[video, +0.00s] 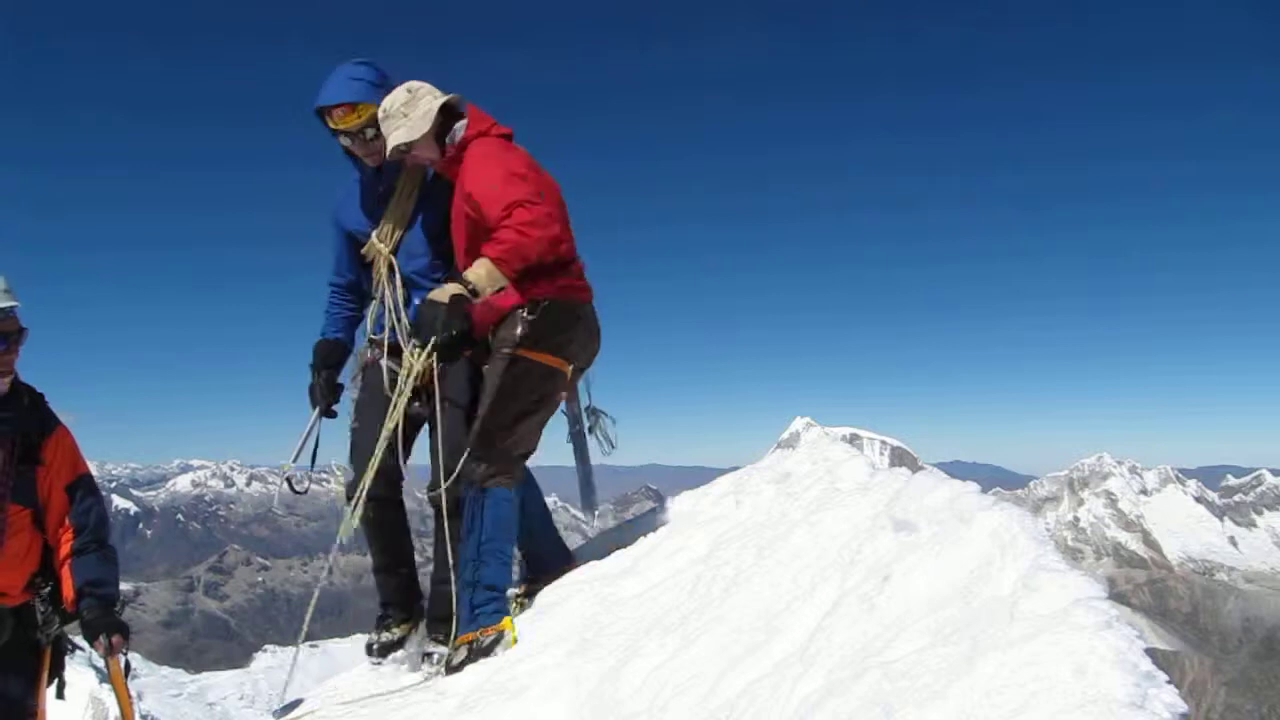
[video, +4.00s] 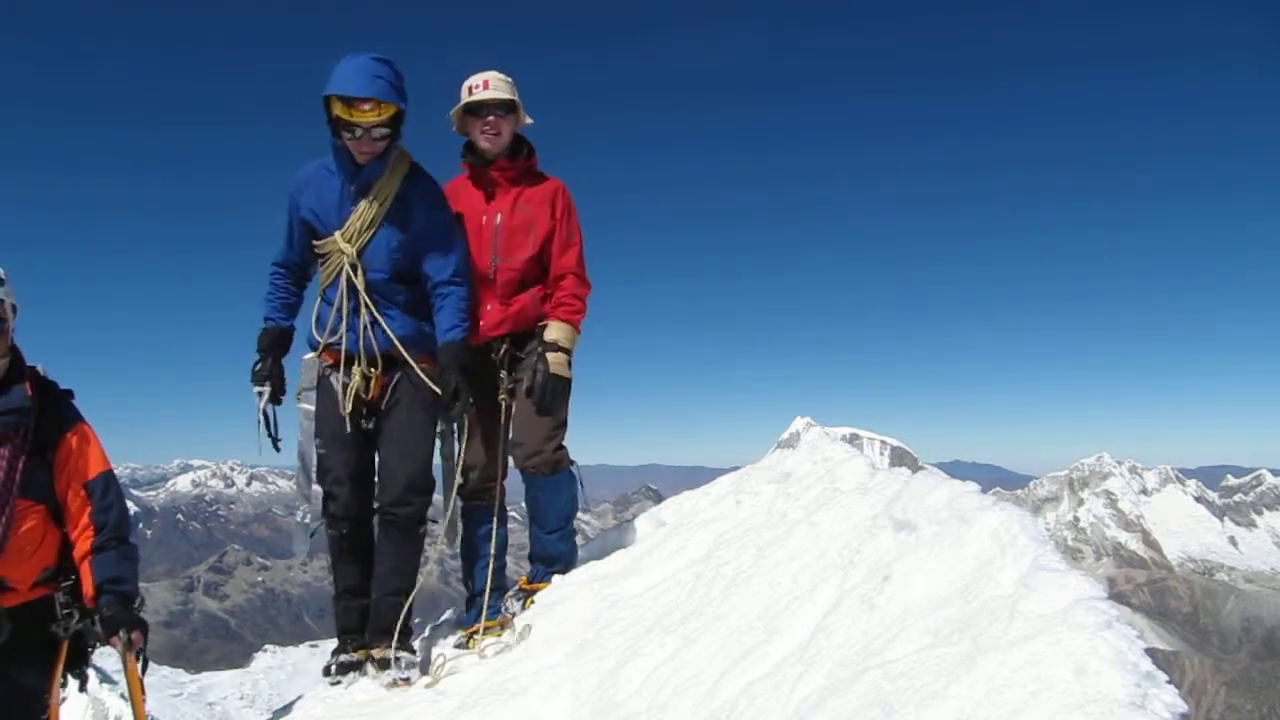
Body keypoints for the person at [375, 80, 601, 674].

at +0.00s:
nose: (415, 161)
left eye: (413, 148)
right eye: (407, 154)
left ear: (434, 129)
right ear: (427, 136)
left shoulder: (490, 157)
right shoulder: (469, 169)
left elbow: (538, 226)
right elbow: (492, 264)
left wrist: (465, 284)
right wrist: (457, 320)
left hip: (546, 313)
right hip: (523, 317)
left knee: (492, 462)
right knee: (496, 454)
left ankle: (481, 624)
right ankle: (553, 572)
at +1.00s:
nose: (470, 117)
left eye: (480, 104)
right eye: (458, 108)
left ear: (502, 110)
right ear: (447, 120)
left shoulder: (533, 179)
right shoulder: (460, 192)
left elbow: (550, 273)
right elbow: (449, 278)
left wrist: (508, 342)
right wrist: (439, 344)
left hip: (518, 345)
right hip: (470, 347)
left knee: (493, 477)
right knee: (472, 478)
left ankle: (500, 618)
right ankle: (496, 610)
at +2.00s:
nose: (467, 123)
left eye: (476, 111)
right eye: (455, 115)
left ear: (496, 115)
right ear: (444, 127)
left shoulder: (531, 184)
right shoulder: (445, 200)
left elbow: (565, 267)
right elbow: (435, 277)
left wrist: (545, 333)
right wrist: (432, 342)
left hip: (519, 345)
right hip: (461, 354)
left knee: (500, 453)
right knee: (468, 473)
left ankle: (531, 566)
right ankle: (494, 604)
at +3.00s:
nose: (481, 120)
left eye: (490, 110)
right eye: (468, 112)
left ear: (508, 117)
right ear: (452, 122)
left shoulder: (541, 190)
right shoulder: (439, 190)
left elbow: (567, 275)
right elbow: (418, 274)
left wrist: (554, 337)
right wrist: (424, 344)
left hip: (528, 342)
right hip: (462, 348)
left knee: (534, 454)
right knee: (473, 473)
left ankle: (550, 573)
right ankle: (484, 605)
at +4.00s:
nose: (490, 122)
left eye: (500, 112)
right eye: (479, 113)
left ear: (517, 120)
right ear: (464, 125)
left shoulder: (550, 194)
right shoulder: (449, 198)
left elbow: (569, 276)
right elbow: (436, 276)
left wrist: (557, 342)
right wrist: (448, 347)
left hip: (534, 341)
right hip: (472, 346)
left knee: (538, 451)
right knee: (478, 471)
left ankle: (550, 571)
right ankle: (484, 601)